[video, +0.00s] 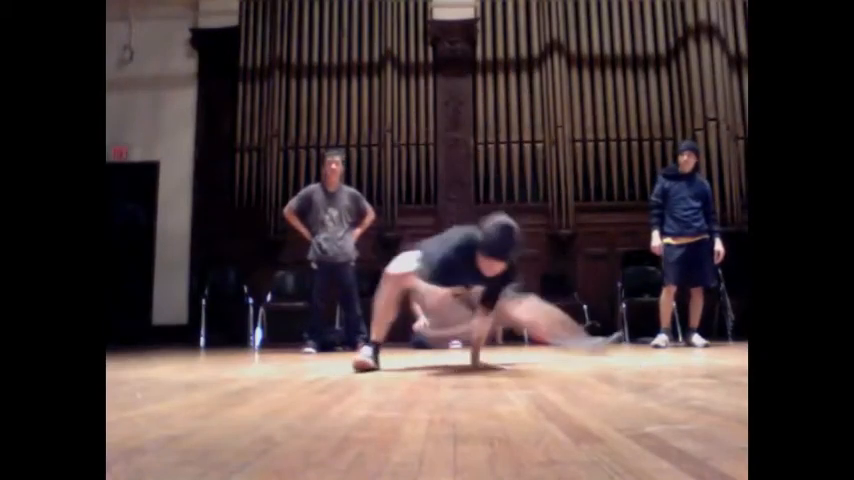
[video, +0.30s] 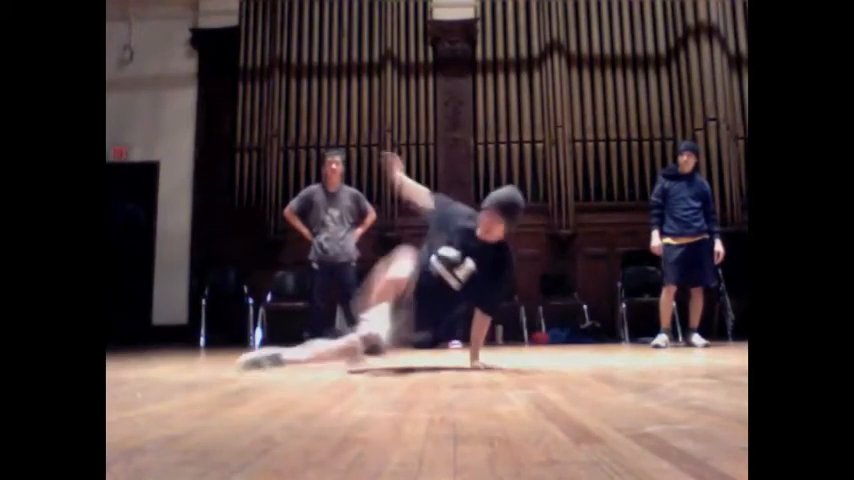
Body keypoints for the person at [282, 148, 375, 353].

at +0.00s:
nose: (332, 168)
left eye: (336, 164)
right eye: (329, 164)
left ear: (342, 169)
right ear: (323, 168)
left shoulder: (351, 194)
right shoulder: (312, 192)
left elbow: (370, 214)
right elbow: (288, 211)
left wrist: (355, 233)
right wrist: (308, 235)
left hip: (345, 252)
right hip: (321, 252)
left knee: (351, 299)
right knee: (318, 300)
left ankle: (357, 338)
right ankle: (314, 340)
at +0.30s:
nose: (333, 168)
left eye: (336, 164)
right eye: (329, 164)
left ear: (342, 169)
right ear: (323, 169)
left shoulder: (352, 194)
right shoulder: (312, 193)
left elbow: (371, 214)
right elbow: (289, 212)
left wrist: (357, 233)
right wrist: (309, 236)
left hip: (346, 257)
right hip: (321, 257)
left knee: (350, 299)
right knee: (320, 303)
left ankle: (357, 335)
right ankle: (320, 339)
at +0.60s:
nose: (334, 167)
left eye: (338, 164)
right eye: (331, 164)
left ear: (343, 168)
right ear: (325, 168)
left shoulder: (353, 194)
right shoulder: (313, 193)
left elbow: (372, 214)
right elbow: (290, 211)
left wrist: (358, 233)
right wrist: (306, 239)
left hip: (346, 253)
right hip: (319, 252)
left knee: (352, 298)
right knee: (318, 297)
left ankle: (358, 339)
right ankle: (313, 339)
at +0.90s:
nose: (335, 167)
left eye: (339, 164)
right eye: (332, 163)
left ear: (344, 168)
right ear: (326, 168)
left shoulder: (353, 194)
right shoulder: (314, 192)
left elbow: (373, 214)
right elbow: (290, 211)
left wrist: (358, 234)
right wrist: (308, 233)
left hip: (347, 256)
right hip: (321, 256)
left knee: (350, 300)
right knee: (319, 302)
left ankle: (356, 339)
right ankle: (315, 340)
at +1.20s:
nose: (336, 167)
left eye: (339, 164)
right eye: (333, 164)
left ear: (345, 168)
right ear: (326, 168)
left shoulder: (353, 194)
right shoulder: (314, 192)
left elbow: (373, 214)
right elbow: (290, 211)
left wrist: (358, 235)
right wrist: (309, 236)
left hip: (347, 256)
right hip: (322, 256)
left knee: (349, 299)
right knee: (320, 300)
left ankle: (349, 341)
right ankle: (315, 339)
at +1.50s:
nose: (336, 167)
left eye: (340, 164)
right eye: (333, 163)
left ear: (345, 168)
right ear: (326, 167)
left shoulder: (354, 194)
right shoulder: (314, 192)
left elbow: (373, 215)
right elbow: (290, 211)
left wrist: (358, 234)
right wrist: (309, 237)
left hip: (347, 252)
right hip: (320, 250)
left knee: (349, 297)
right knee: (318, 294)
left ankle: (358, 338)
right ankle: (312, 339)